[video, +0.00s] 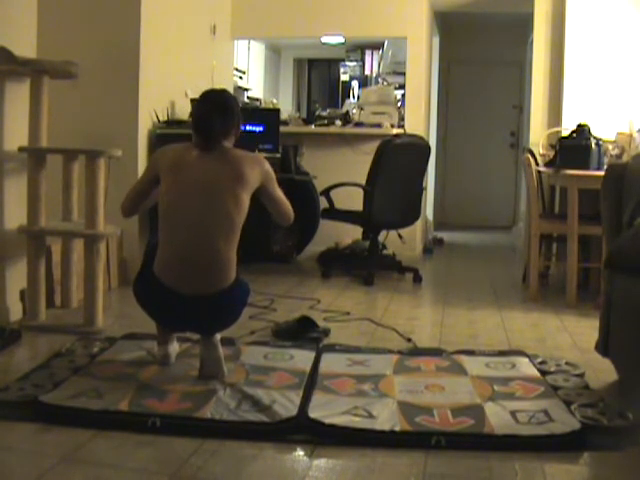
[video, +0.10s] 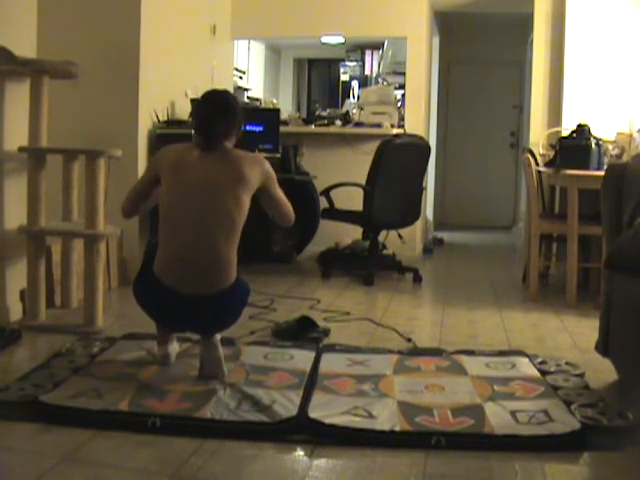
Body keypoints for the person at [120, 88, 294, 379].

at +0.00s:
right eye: (238, 125)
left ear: (192, 124)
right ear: (236, 130)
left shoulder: (166, 158)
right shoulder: (253, 165)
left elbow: (127, 209)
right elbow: (286, 217)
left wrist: (162, 185)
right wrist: (263, 183)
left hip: (165, 307)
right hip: (218, 311)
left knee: (156, 243)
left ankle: (165, 345)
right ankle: (211, 341)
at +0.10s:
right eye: (240, 127)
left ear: (193, 124)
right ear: (236, 131)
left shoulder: (167, 158)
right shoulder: (254, 166)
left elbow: (128, 210)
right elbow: (287, 218)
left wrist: (161, 187)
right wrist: (260, 185)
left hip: (165, 307)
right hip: (218, 311)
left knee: (156, 244)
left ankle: (164, 346)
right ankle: (212, 341)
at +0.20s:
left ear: (194, 126)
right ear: (237, 132)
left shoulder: (168, 158)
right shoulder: (255, 166)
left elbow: (128, 212)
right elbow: (282, 228)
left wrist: (163, 195)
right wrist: (250, 197)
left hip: (166, 308)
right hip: (218, 311)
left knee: (154, 236)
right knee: (239, 285)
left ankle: (165, 345)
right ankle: (211, 342)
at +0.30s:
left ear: (196, 127)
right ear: (238, 135)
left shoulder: (167, 159)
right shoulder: (256, 169)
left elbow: (126, 213)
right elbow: (281, 232)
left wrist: (167, 196)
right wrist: (248, 202)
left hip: (165, 309)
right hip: (219, 312)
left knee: (154, 235)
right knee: (240, 287)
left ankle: (164, 344)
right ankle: (211, 342)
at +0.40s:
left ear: (196, 127)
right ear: (238, 136)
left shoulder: (168, 159)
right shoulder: (256, 169)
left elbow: (124, 210)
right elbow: (281, 232)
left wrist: (167, 195)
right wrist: (247, 205)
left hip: (166, 309)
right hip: (219, 312)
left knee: (153, 235)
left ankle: (164, 345)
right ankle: (210, 342)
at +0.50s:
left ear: (196, 125)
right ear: (238, 135)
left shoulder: (169, 156)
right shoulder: (256, 168)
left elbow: (124, 208)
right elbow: (276, 231)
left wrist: (167, 193)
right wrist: (247, 203)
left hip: (165, 308)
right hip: (216, 312)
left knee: (151, 236)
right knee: (237, 285)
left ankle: (163, 346)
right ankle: (209, 340)